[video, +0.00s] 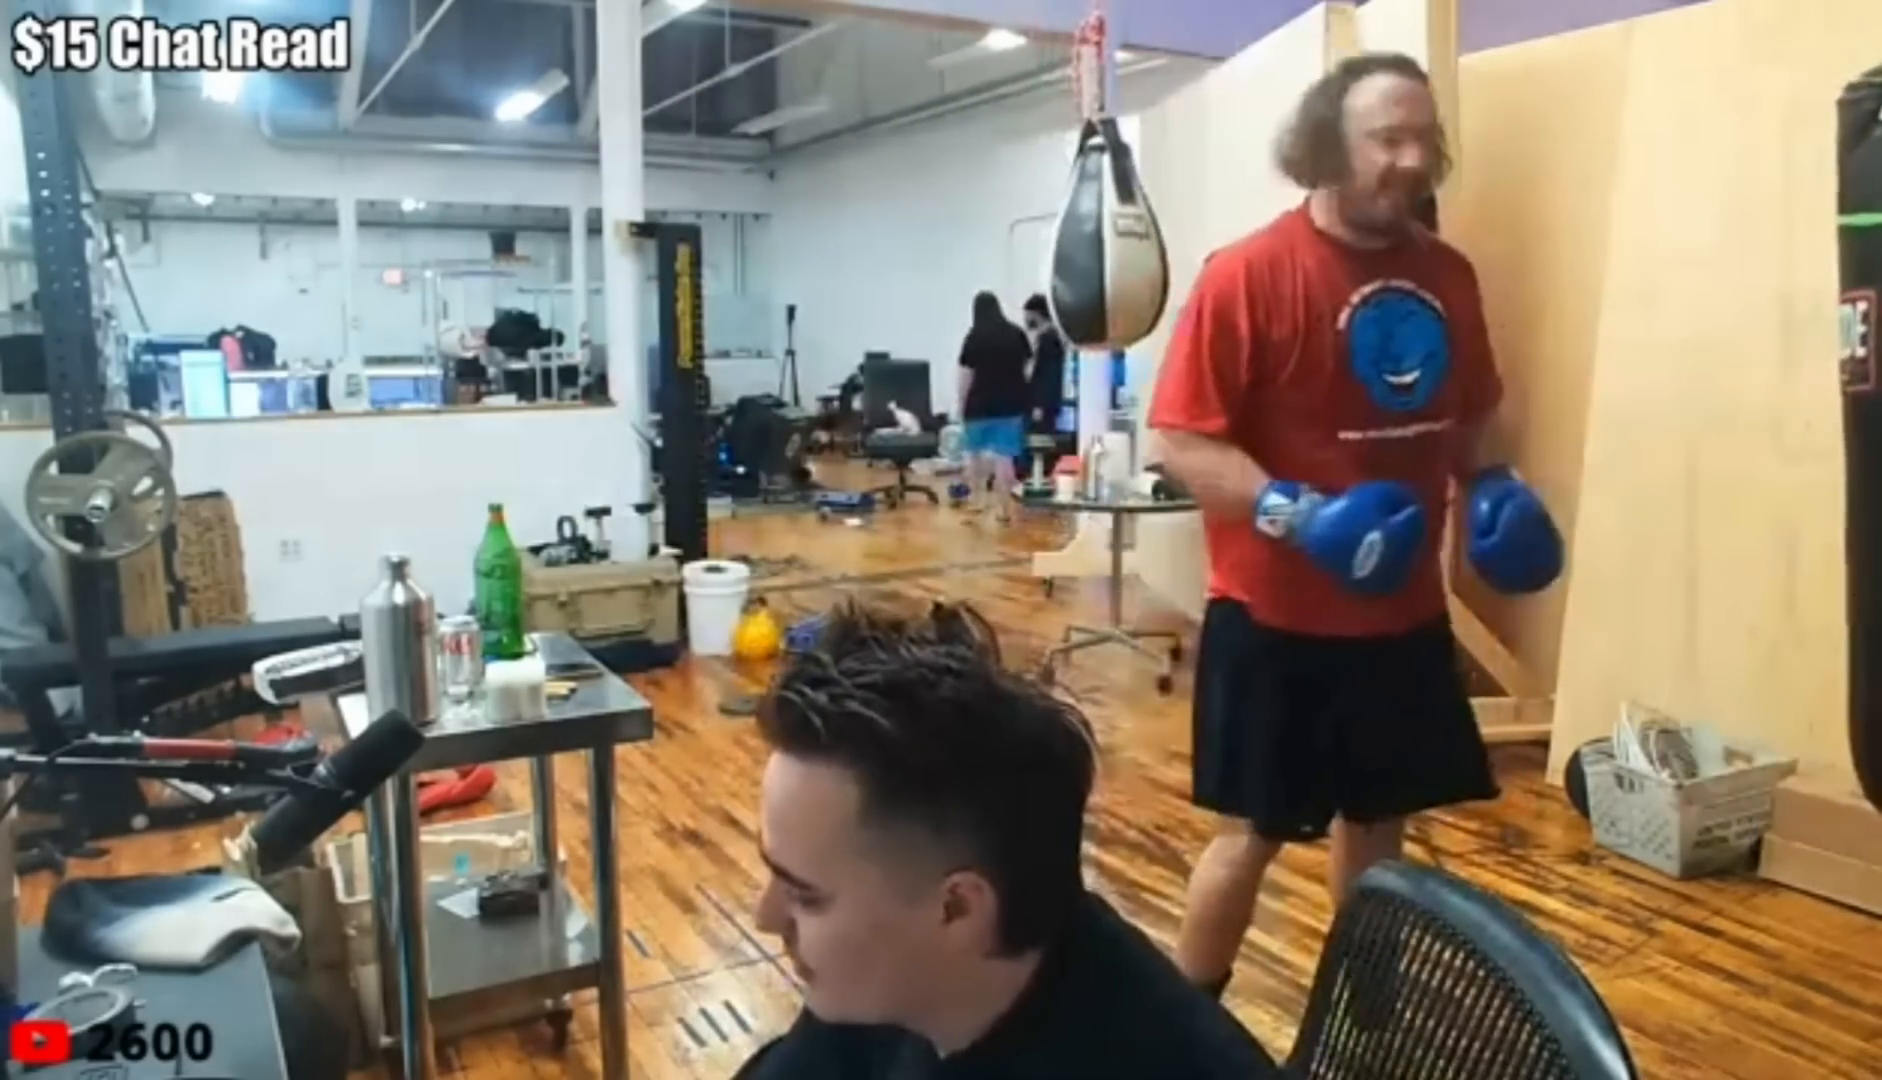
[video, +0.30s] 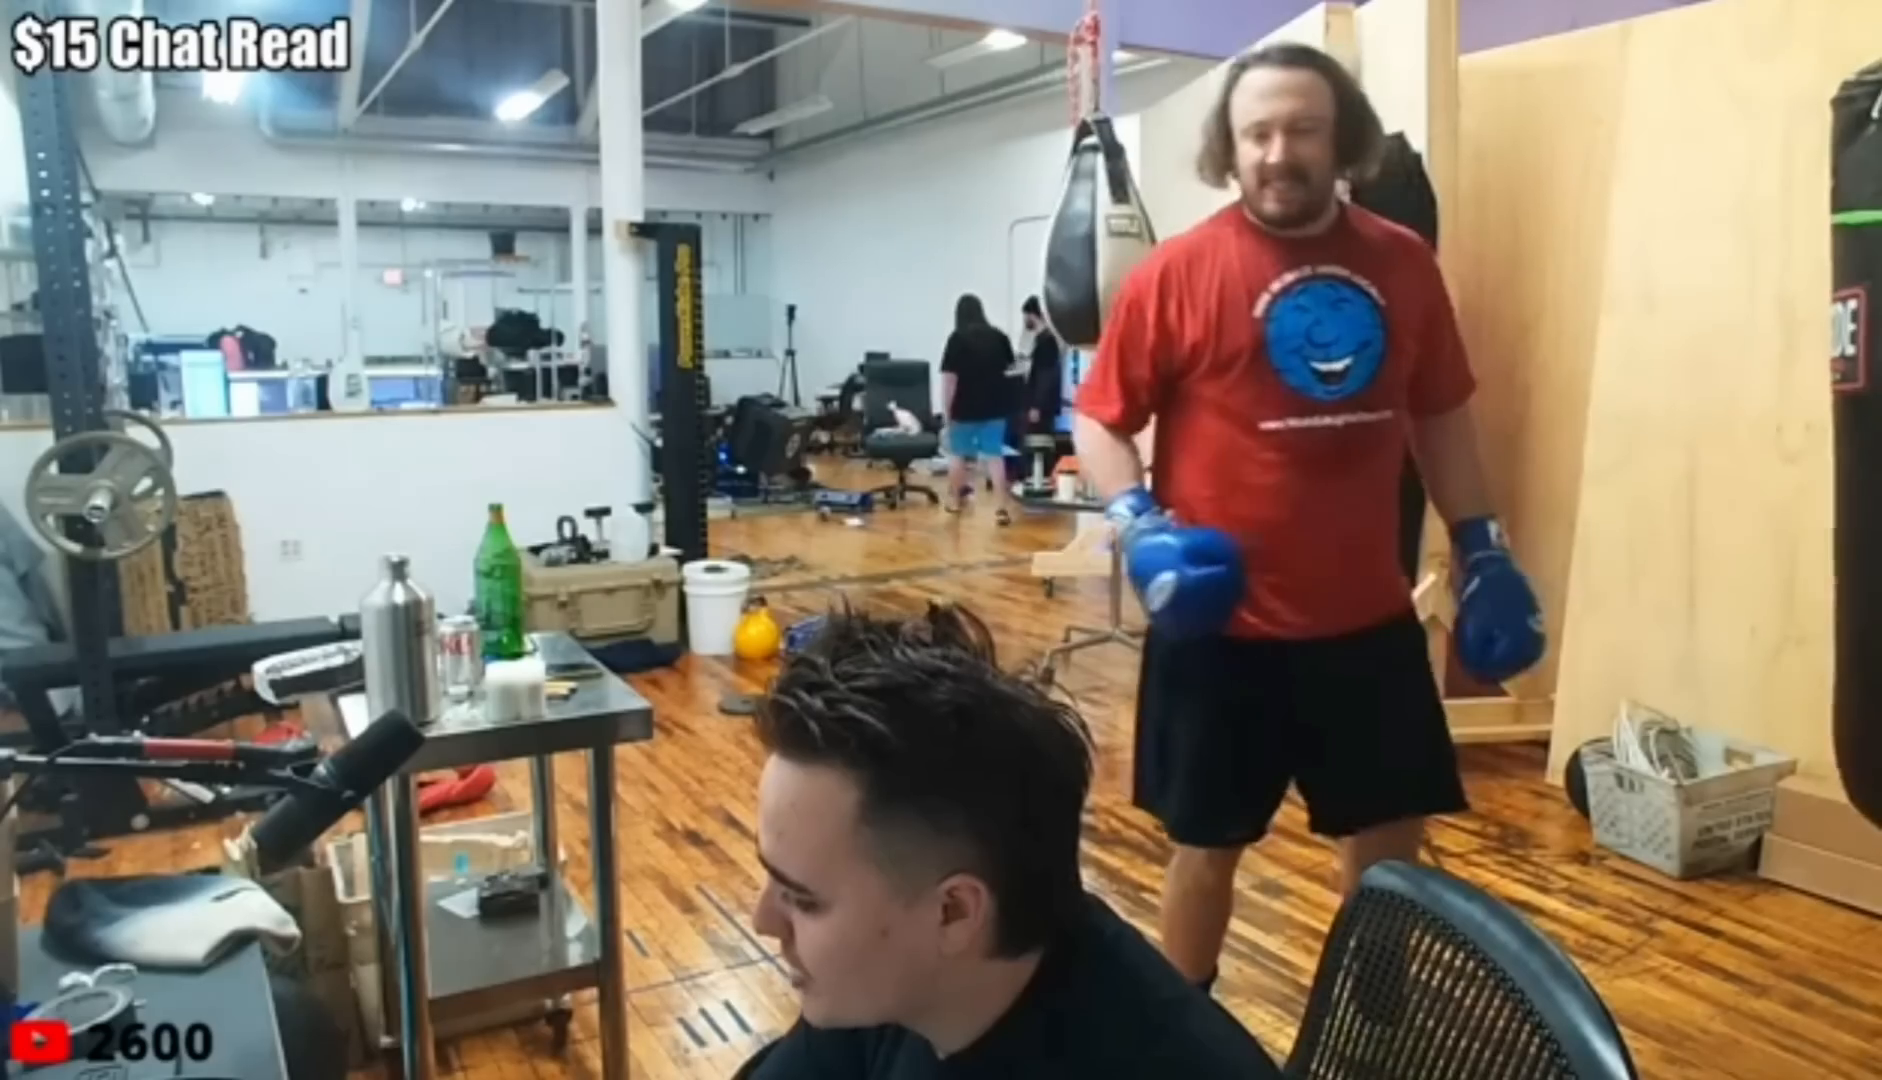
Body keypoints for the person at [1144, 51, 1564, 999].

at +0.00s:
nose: (1416, 160)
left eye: (1429, 139)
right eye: (1390, 139)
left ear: (1441, 148)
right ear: (1327, 149)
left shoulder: (1447, 276)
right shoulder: (1247, 277)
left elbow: (1475, 412)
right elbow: (1179, 441)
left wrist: (1494, 484)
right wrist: (1299, 513)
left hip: (1400, 623)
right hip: (1275, 626)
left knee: (1375, 833)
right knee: (1250, 837)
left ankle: (1367, 1025)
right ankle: (1184, 1023)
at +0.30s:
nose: (1279, 154)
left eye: (1303, 131)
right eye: (1257, 132)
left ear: (1345, 146)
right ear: (1227, 146)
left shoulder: (1401, 264)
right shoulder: (1173, 278)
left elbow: (1442, 417)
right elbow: (1099, 423)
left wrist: (1483, 555)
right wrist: (1137, 529)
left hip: (1364, 628)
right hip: (1219, 633)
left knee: (1390, 847)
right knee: (1203, 856)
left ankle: (1379, 1040)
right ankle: (1179, 1042)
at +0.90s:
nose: (1267, 129)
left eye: (1290, 105)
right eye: (1243, 113)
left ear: (1340, 127)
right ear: (1219, 144)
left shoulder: (1397, 261)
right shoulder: (1170, 273)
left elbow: (1449, 421)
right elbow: (1056, 396)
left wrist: (1528, 553)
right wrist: (977, 476)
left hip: (1363, 646)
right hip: (1215, 652)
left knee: (1342, 891)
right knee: (1195, 919)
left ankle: (1327, 1053)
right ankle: (1157, 1061)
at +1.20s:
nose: (1200, 131)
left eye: (1222, 104)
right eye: (1176, 118)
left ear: (1278, 116)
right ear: (1156, 148)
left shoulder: (1355, 248)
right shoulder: (1130, 274)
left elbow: (1417, 398)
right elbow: (1002, 367)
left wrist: (1521, 518)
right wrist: (882, 353)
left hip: (1350, 646)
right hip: (1194, 659)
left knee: (1327, 874)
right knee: (1150, 903)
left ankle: (1314, 1044)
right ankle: (1097, 1048)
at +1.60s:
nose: (1052, 115)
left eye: (1073, 85)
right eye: (1024, 100)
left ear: (1128, 98)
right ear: (998, 131)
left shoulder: (1203, 239)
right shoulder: (966, 277)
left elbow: (1258, 395)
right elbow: (841, 390)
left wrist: (1349, 531)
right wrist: (727, 360)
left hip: (1221, 651)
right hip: (1060, 679)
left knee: (1271, 881)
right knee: (1044, 937)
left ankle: (1294, 1062)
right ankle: (1033, 1079)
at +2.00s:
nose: (1073, 107)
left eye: (1092, 81)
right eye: (1041, 88)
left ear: (1126, 97)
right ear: (995, 120)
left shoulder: (1179, 236)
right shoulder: (946, 265)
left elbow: (1237, 384)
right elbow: (831, 377)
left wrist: (1343, 500)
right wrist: (839, 437)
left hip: (1188, 630)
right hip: (1034, 658)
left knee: (1217, 844)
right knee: (1064, 889)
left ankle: (1194, 1004)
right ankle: (1064, 1036)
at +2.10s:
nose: (1134, 114)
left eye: (1150, 93)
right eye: (1104, 92)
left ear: (1167, 108)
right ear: (1038, 109)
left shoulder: (1187, 244)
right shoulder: (978, 262)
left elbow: (1232, 394)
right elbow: (869, 421)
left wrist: (1331, 500)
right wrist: (928, 512)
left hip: (1190, 638)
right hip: (1044, 663)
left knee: (1199, 850)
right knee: (1052, 894)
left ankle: (1178, 1022)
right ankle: (1048, 1042)